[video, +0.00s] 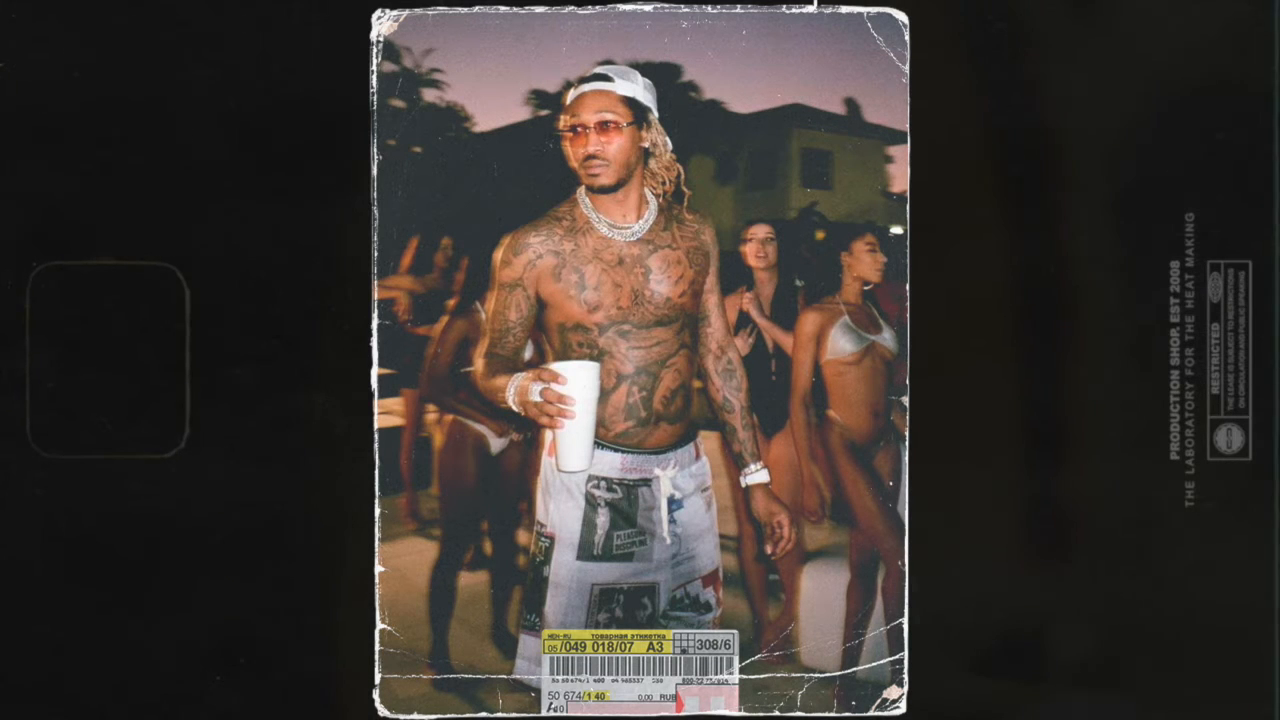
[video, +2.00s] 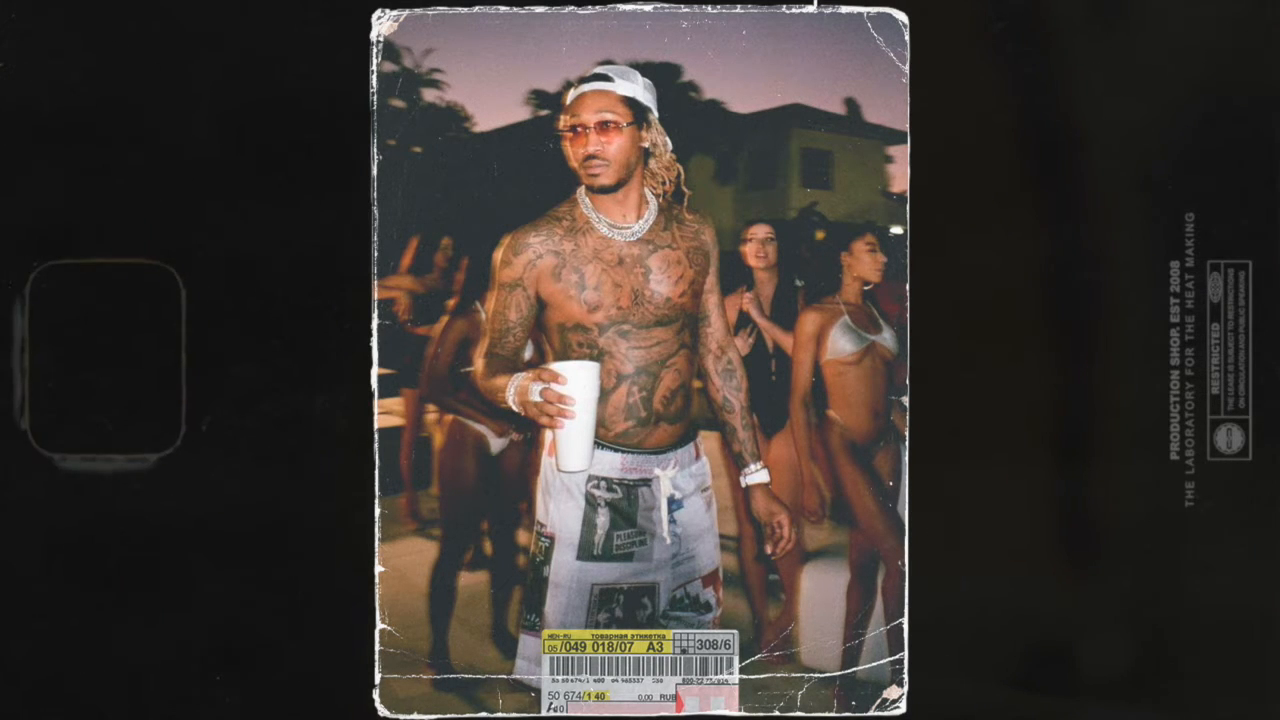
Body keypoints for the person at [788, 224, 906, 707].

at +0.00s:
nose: (882, 259)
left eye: (882, 251)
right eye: (871, 251)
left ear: (873, 262)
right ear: (843, 259)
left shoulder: (878, 316)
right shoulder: (818, 317)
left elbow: (887, 390)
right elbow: (799, 403)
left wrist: (901, 428)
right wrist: (813, 478)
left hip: (882, 447)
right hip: (838, 448)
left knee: (863, 563)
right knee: (898, 552)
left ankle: (846, 673)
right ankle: (902, 671)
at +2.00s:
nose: (882, 259)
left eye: (881, 251)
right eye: (871, 251)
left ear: (870, 261)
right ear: (844, 259)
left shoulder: (877, 315)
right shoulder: (818, 317)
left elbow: (885, 392)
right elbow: (798, 403)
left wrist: (903, 437)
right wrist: (813, 477)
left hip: (881, 448)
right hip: (838, 449)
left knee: (864, 563)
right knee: (898, 553)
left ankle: (846, 674)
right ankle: (902, 670)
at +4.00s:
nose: (882, 259)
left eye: (881, 251)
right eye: (872, 251)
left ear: (869, 262)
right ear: (844, 259)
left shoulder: (876, 315)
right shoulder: (817, 317)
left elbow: (885, 392)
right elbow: (798, 403)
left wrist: (901, 441)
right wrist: (814, 479)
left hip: (881, 448)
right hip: (838, 449)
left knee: (863, 564)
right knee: (898, 552)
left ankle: (847, 673)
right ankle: (903, 670)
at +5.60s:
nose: (882, 259)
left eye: (881, 251)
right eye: (871, 251)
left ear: (872, 262)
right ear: (844, 259)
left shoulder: (877, 316)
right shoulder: (818, 317)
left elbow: (886, 391)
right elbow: (798, 402)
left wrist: (901, 436)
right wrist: (812, 477)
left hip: (882, 447)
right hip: (838, 448)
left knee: (863, 563)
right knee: (897, 551)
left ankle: (846, 673)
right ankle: (903, 668)